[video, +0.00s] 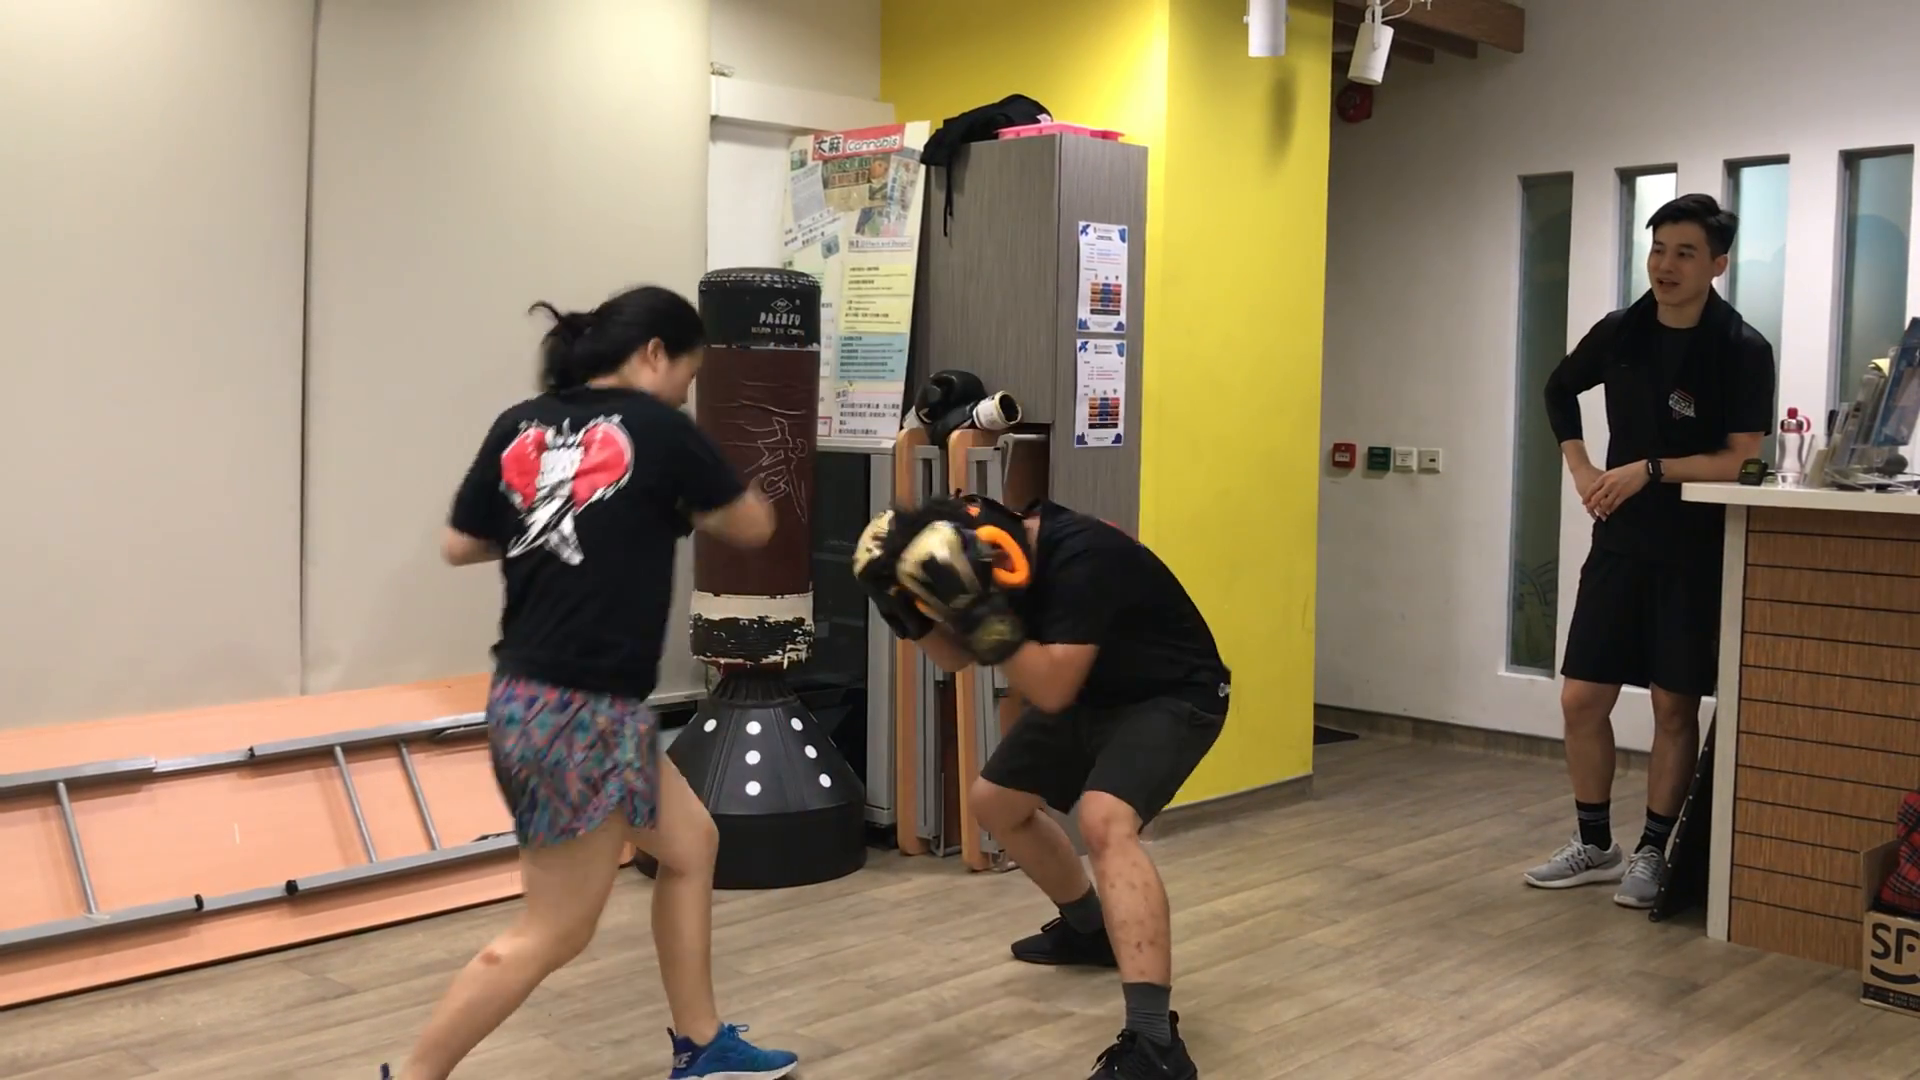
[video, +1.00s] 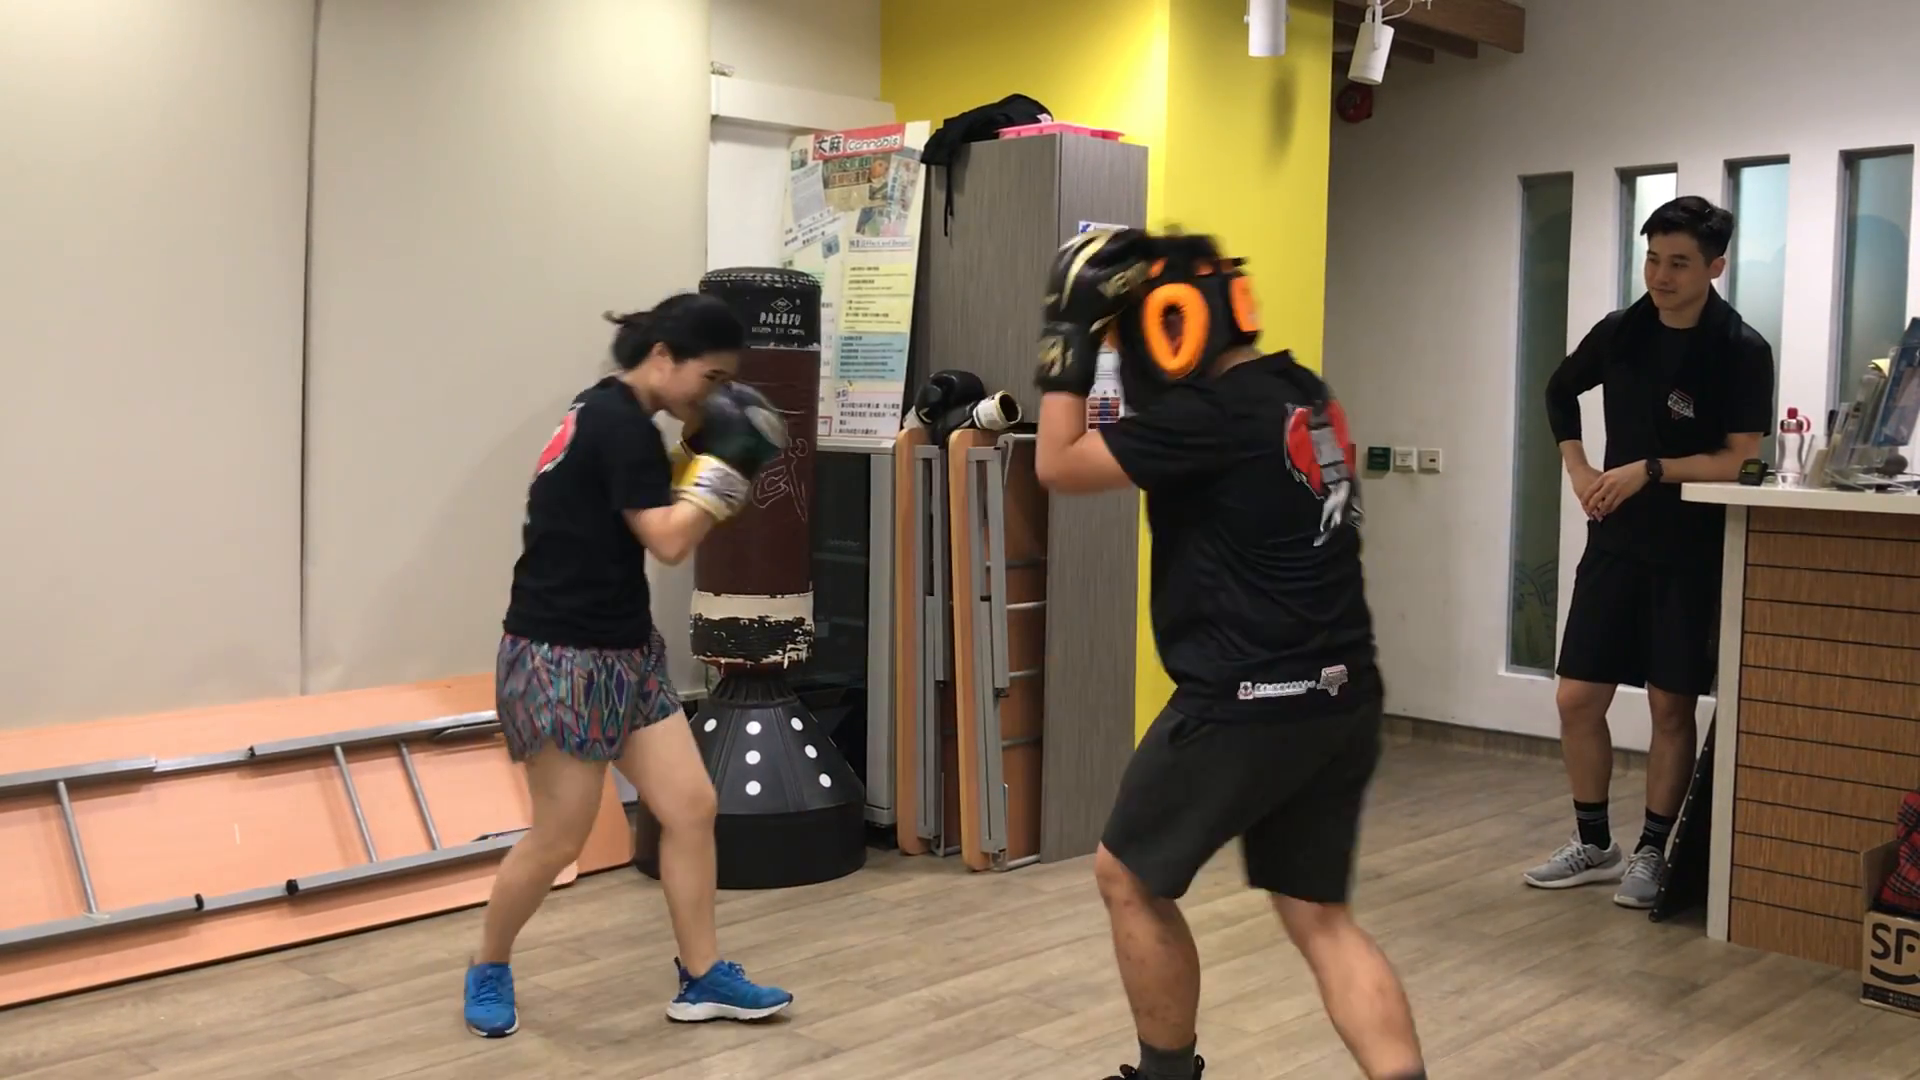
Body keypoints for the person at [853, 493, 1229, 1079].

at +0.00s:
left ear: (994, 552)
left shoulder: (1085, 556)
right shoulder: (1000, 562)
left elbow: (1053, 688)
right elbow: (955, 657)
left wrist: (977, 608)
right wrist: (902, 604)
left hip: (1176, 691)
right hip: (1085, 693)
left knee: (1103, 817)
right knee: (997, 800)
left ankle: (1153, 1038)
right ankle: (1089, 927)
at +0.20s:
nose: (951, 532)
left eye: (950, 517)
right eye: (946, 518)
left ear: (976, 499)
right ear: (971, 496)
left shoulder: (1054, 524)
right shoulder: (1006, 522)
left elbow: (979, 643)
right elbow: (983, 623)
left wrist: (921, 557)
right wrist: (920, 552)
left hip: (1173, 687)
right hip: (1099, 687)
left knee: (1093, 815)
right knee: (1008, 791)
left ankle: (1157, 1038)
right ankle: (1090, 923)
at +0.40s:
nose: (972, 528)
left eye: (970, 517)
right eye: (965, 519)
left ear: (997, 501)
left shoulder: (1081, 534)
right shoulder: (1036, 516)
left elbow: (1003, 655)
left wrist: (938, 557)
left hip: (1172, 705)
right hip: (1106, 698)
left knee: (1069, 847)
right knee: (1019, 794)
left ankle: (1153, 1060)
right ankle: (1086, 925)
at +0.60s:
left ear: (1028, 535)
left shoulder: (1140, 544)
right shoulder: (1053, 531)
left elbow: (1085, 682)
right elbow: (983, 632)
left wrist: (1011, 590)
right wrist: (947, 584)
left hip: (1211, 722)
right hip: (1148, 712)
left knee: (1064, 866)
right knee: (1100, 823)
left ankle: (1157, 1068)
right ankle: (1079, 929)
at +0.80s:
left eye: (1048, 427)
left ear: (1083, 418)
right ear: (1096, 400)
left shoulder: (1179, 462)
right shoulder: (1145, 442)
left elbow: (1061, 571)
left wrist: (1015, 451)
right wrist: (988, 423)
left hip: (1245, 702)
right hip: (1211, 693)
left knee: (1095, 882)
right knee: (1176, 845)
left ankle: (1162, 1071)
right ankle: (1275, 1012)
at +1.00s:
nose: (1146, 350)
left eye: (1149, 329)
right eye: (1141, 331)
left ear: (1176, 328)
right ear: (1228, 315)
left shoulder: (1208, 414)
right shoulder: (1303, 392)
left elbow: (1059, 462)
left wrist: (1067, 339)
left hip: (1239, 706)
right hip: (1340, 698)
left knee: (1130, 875)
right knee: (1315, 909)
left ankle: (1166, 1068)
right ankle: (1404, 1074)